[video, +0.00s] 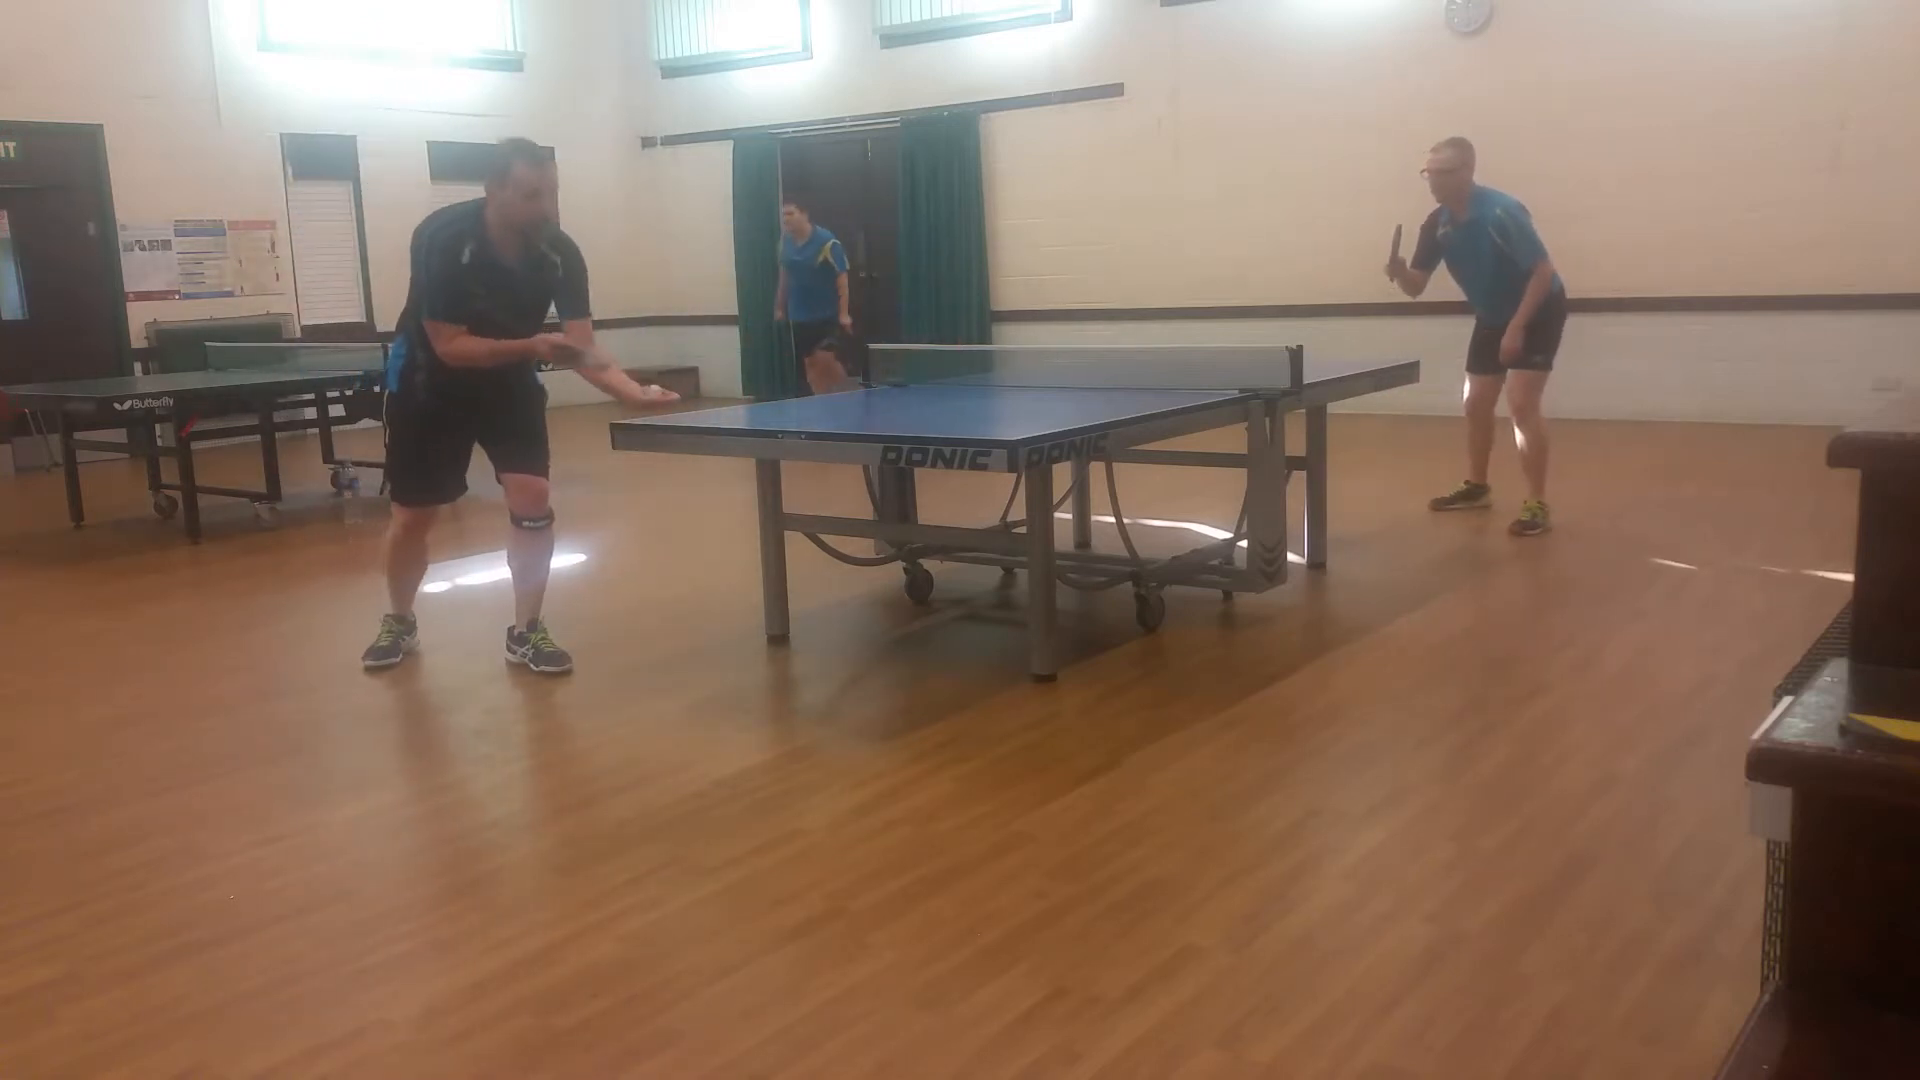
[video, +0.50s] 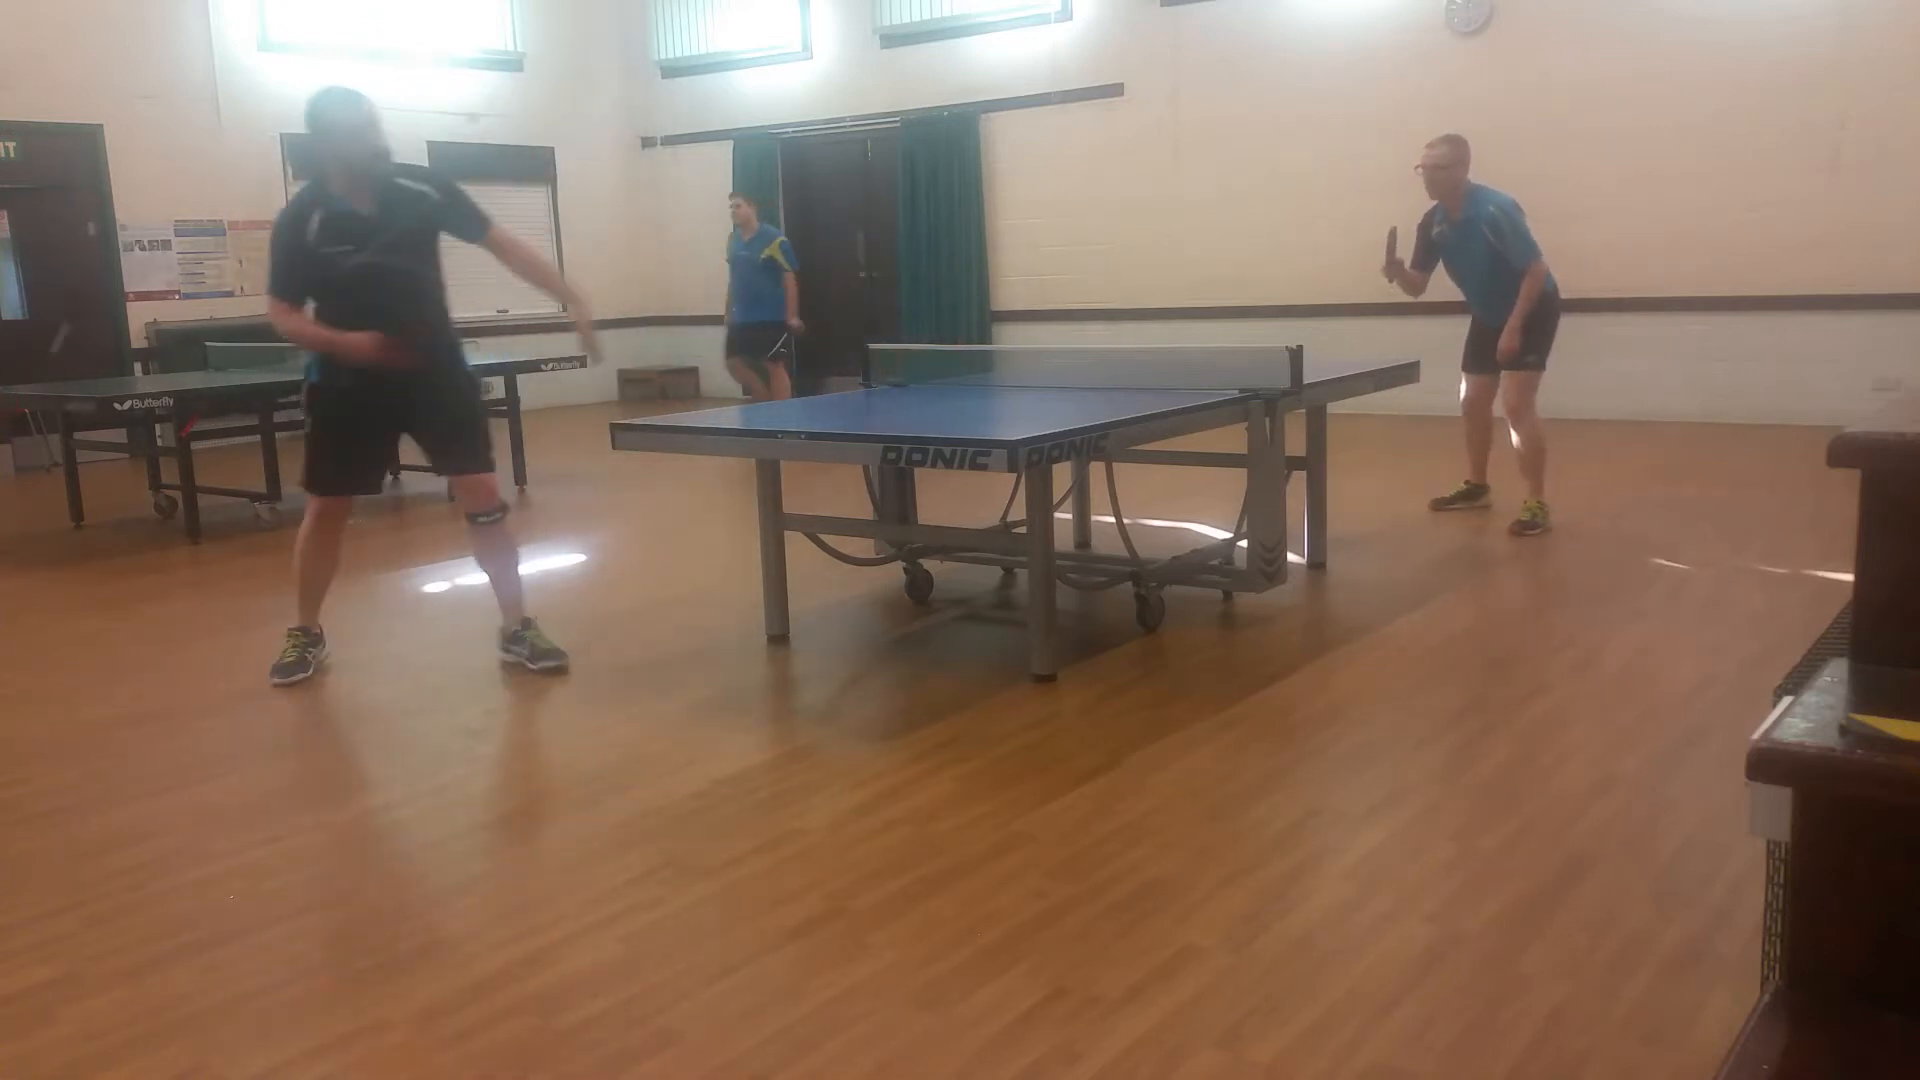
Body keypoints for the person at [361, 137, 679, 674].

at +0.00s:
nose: (547, 209)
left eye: (551, 194)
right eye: (532, 195)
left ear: (556, 191)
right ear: (495, 193)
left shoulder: (561, 254)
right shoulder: (440, 239)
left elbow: (581, 348)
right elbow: (449, 348)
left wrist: (635, 393)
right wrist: (531, 348)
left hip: (511, 375)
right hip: (430, 379)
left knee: (531, 496)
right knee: (412, 514)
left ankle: (527, 630)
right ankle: (399, 622)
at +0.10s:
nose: (523, 186)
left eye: (528, 174)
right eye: (509, 174)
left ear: (532, 174)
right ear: (473, 175)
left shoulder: (547, 238)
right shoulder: (422, 229)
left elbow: (583, 326)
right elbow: (430, 338)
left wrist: (640, 366)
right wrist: (507, 349)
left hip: (504, 374)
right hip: (427, 378)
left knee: (528, 494)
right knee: (409, 513)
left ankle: (528, 629)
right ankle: (396, 619)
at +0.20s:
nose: (494, 161)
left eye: (494, 148)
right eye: (478, 152)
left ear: (497, 149)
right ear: (441, 158)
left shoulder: (524, 216)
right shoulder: (398, 217)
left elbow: (581, 291)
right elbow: (400, 323)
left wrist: (635, 301)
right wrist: (444, 327)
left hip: (497, 372)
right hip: (416, 377)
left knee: (523, 495)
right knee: (394, 511)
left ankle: (528, 629)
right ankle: (376, 608)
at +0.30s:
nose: (442, 152)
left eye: (447, 139)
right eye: (427, 142)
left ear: (458, 137)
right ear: (397, 147)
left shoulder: (493, 193)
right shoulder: (366, 210)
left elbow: (565, 250)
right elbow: (362, 321)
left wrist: (600, 249)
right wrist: (384, 269)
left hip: (484, 373)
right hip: (400, 379)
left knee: (512, 496)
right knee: (368, 508)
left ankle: (527, 628)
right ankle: (338, 612)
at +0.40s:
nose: (401, 144)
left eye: (405, 130)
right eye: (383, 135)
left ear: (417, 130)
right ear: (356, 142)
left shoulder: (454, 191)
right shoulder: (334, 210)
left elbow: (540, 239)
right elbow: (319, 313)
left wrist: (598, 261)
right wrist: (382, 296)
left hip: (465, 375)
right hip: (378, 385)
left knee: (500, 494)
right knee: (344, 507)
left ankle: (527, 628)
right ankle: (310, 628)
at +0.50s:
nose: (370, 141)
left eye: (372, 128)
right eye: (353, 133)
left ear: (381, 131)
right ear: (322, 145)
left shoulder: (424, 193)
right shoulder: (299, 220)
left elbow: (502, 243)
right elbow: (283, 314)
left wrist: (572, 296)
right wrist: (350, 342)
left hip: (434, 374)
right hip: (347, 386)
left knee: (479, 491)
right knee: (326, 507)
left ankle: (518, 628)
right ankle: (305, 632)